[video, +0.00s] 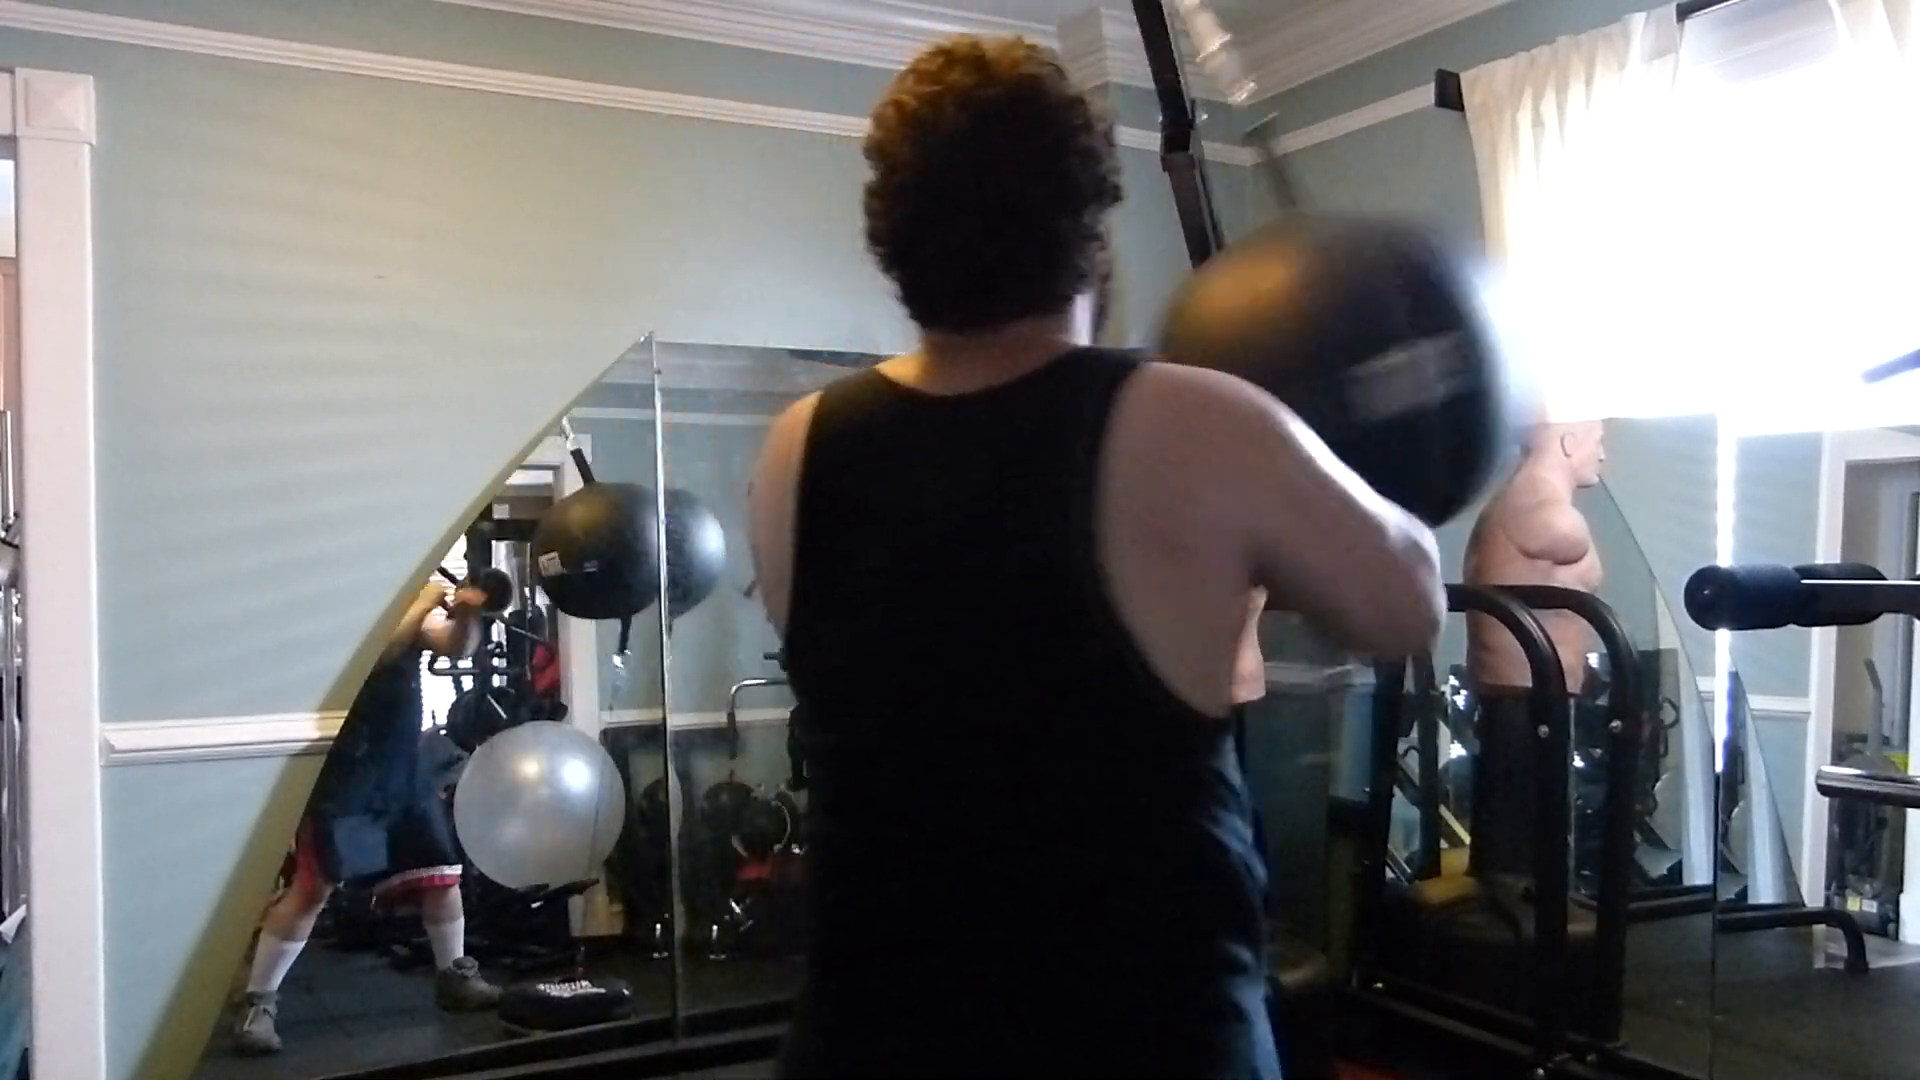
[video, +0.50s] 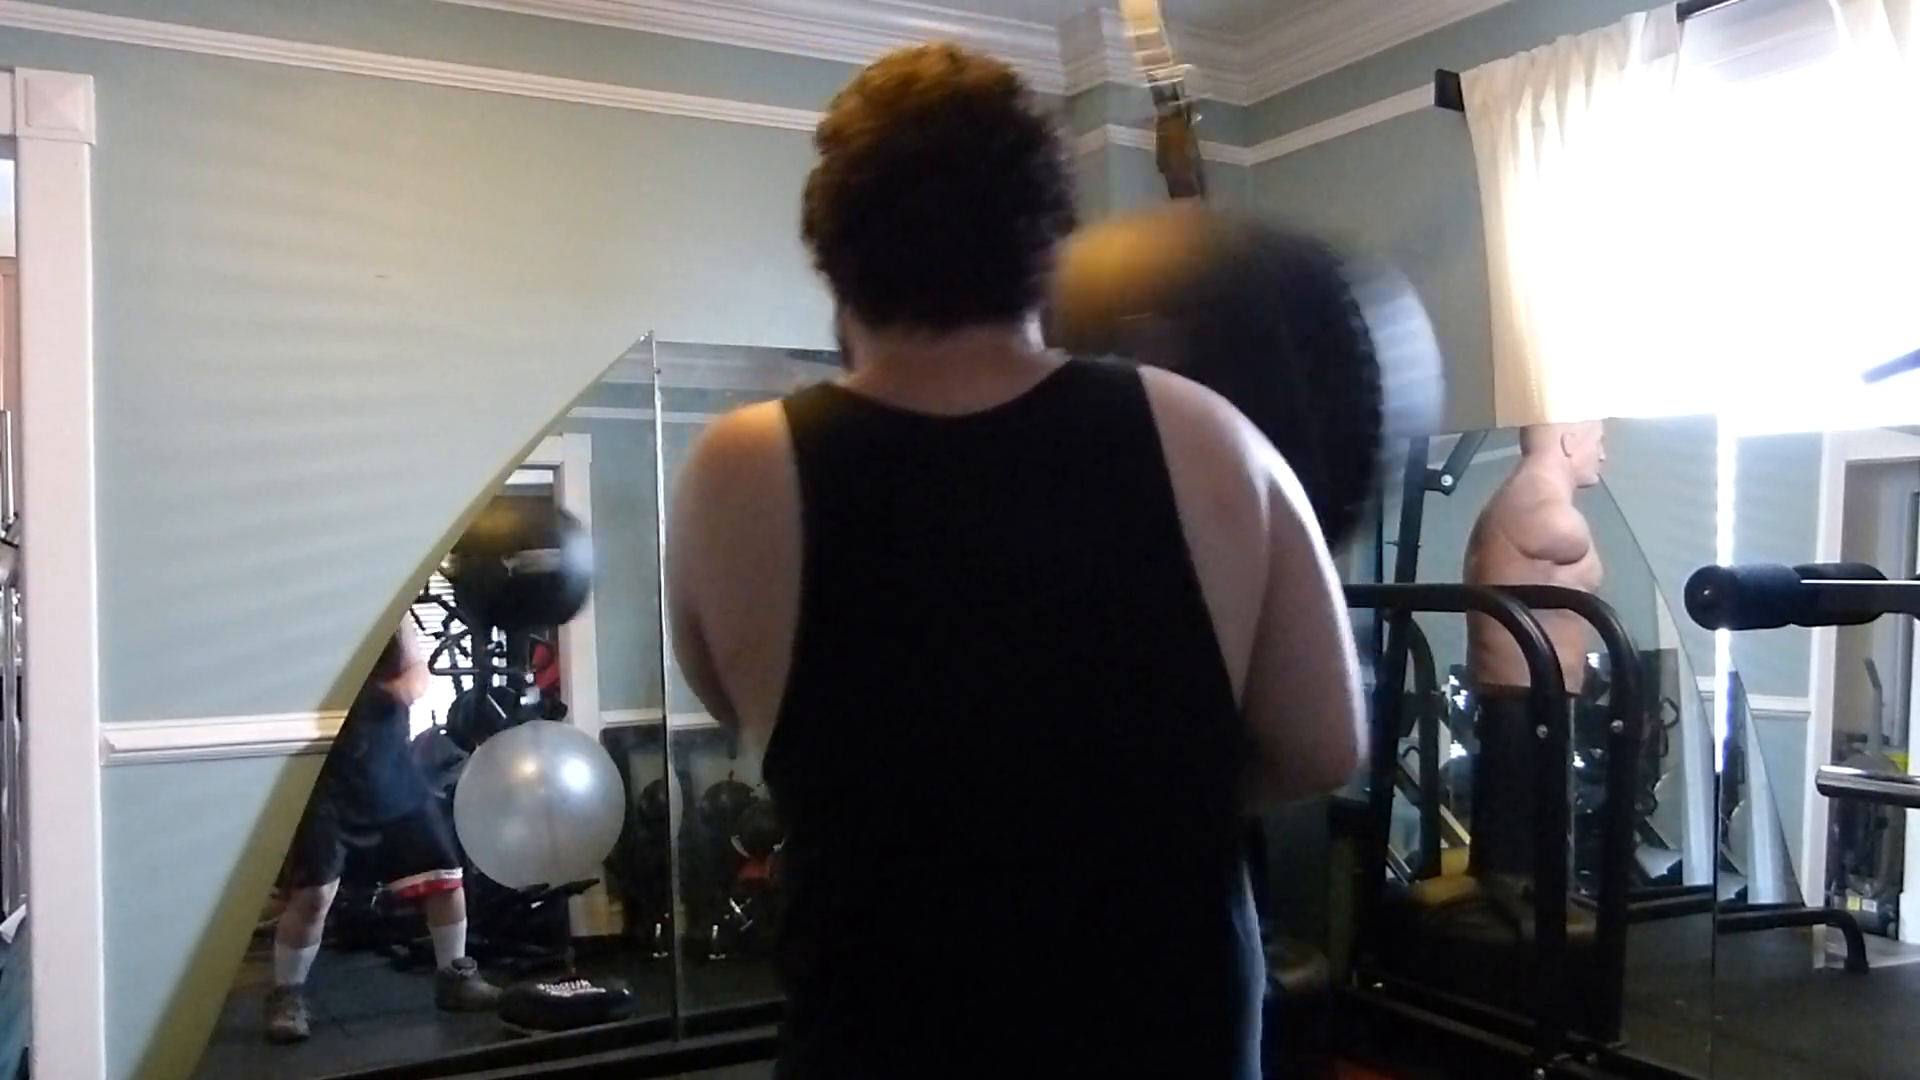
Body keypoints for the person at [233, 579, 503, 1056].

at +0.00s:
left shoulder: (410, 592)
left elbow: (455, 647)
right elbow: (376, 648)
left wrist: (466, 611)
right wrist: (423, 600)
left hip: (401, 766)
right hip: (335, 770)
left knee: (441, 871)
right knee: (313, 886)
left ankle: (455, 976)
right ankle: (258, 1003)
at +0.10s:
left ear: (409, 555)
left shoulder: (420, 593)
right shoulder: (342, 599)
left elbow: (486, 615)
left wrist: (519, 600)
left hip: (409, 756)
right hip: (340, 755)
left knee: (448, 870)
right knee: (328, 874)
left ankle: (456, 976)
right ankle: (270, 996)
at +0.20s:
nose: (412, 562)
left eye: (414, 556)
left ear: (417, 554)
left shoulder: (422, 597)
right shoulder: (345, 597)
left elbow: (473, 644)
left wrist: (501, 628)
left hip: (417, 754)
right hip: (346, 755)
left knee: (448, 870)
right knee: (328, 873)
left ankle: (457, 975)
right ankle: (279, 988)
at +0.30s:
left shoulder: (413, 602)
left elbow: (444, 659)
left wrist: (470, 666)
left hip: (414, 753)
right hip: (343, 757)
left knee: (445, 872)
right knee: (323, 879)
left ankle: (456, 977)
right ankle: (292, 995)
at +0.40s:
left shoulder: (406, 629)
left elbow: (435, 693)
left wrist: (434, 689)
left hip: (401, 762)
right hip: (326, 769)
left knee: (446, 872)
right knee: (316, 884)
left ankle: (455, 976)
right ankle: (288, 995)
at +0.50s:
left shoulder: (388, 607)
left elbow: (418, 674)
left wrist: (391, 690)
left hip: (392, 768)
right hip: (320, 779)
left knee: (444, 874)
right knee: (315, 891)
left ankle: (454, 976)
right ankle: (288, 995)